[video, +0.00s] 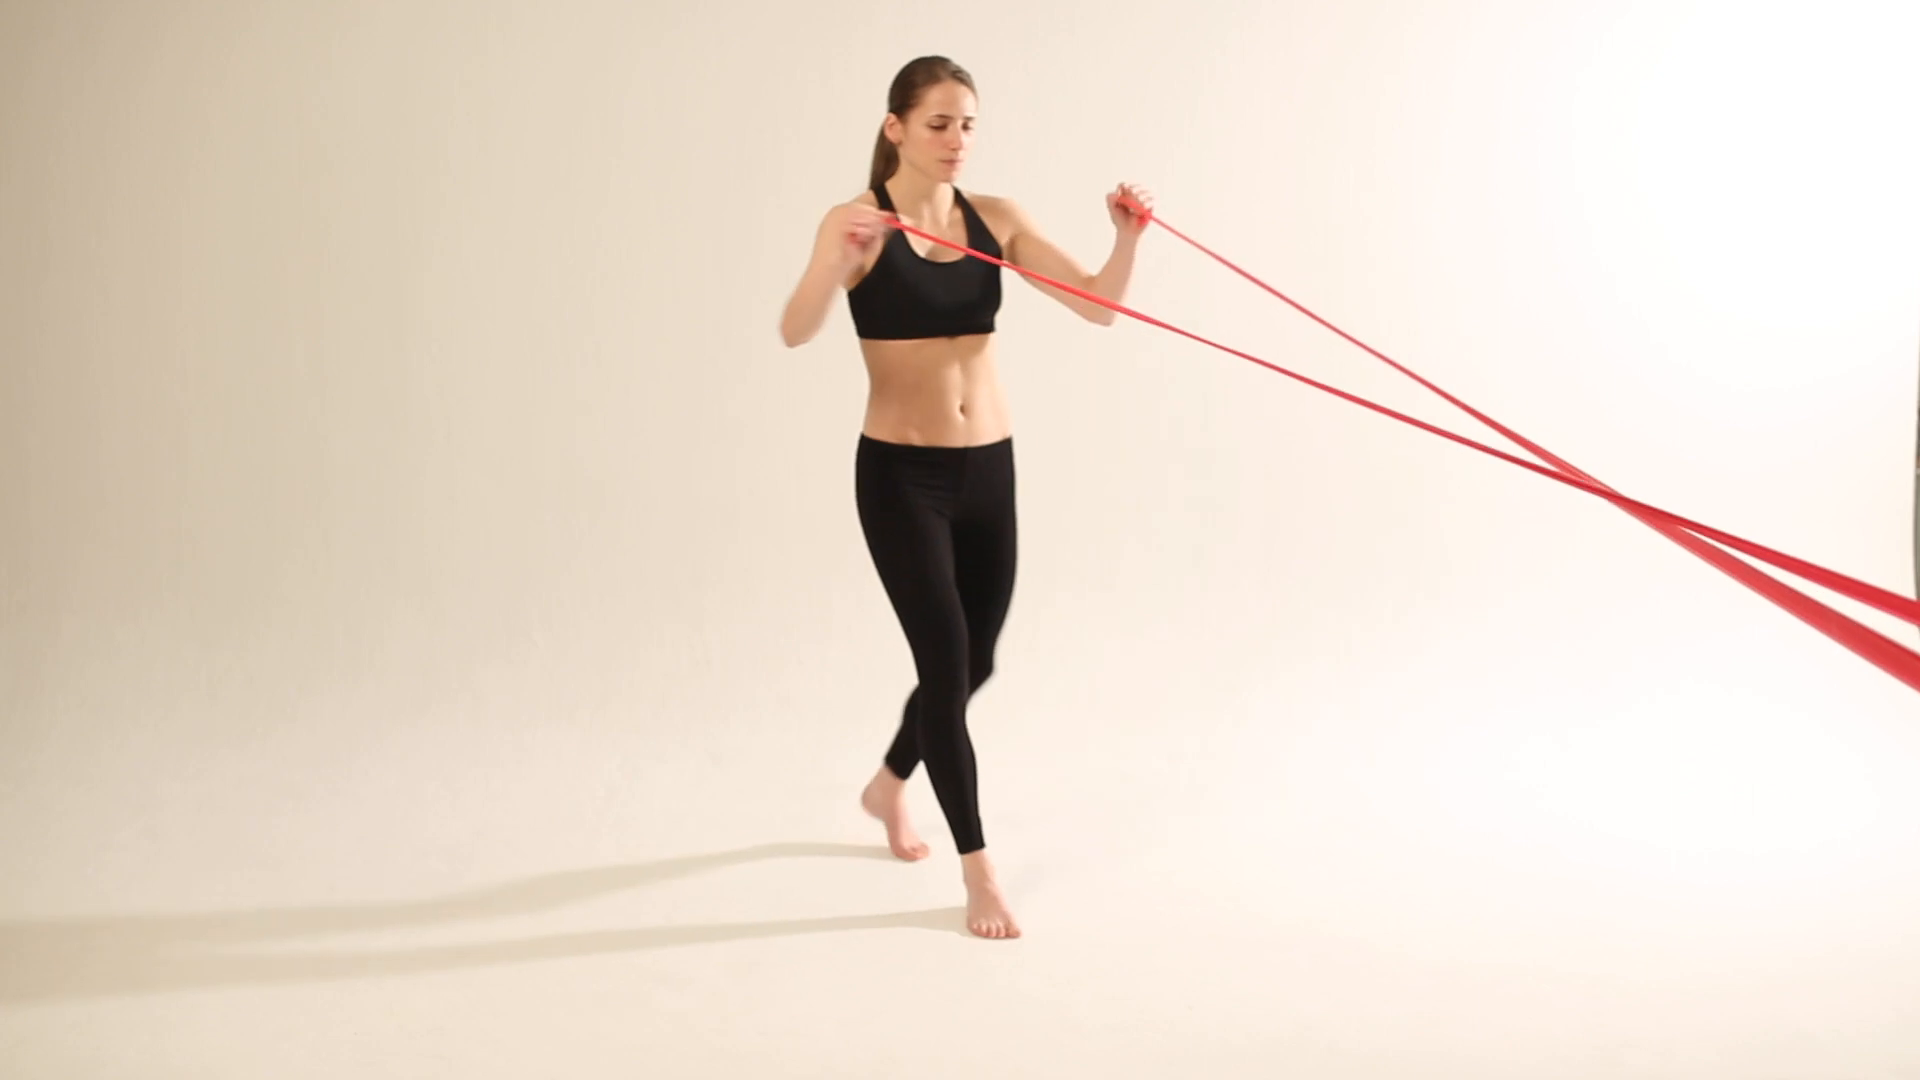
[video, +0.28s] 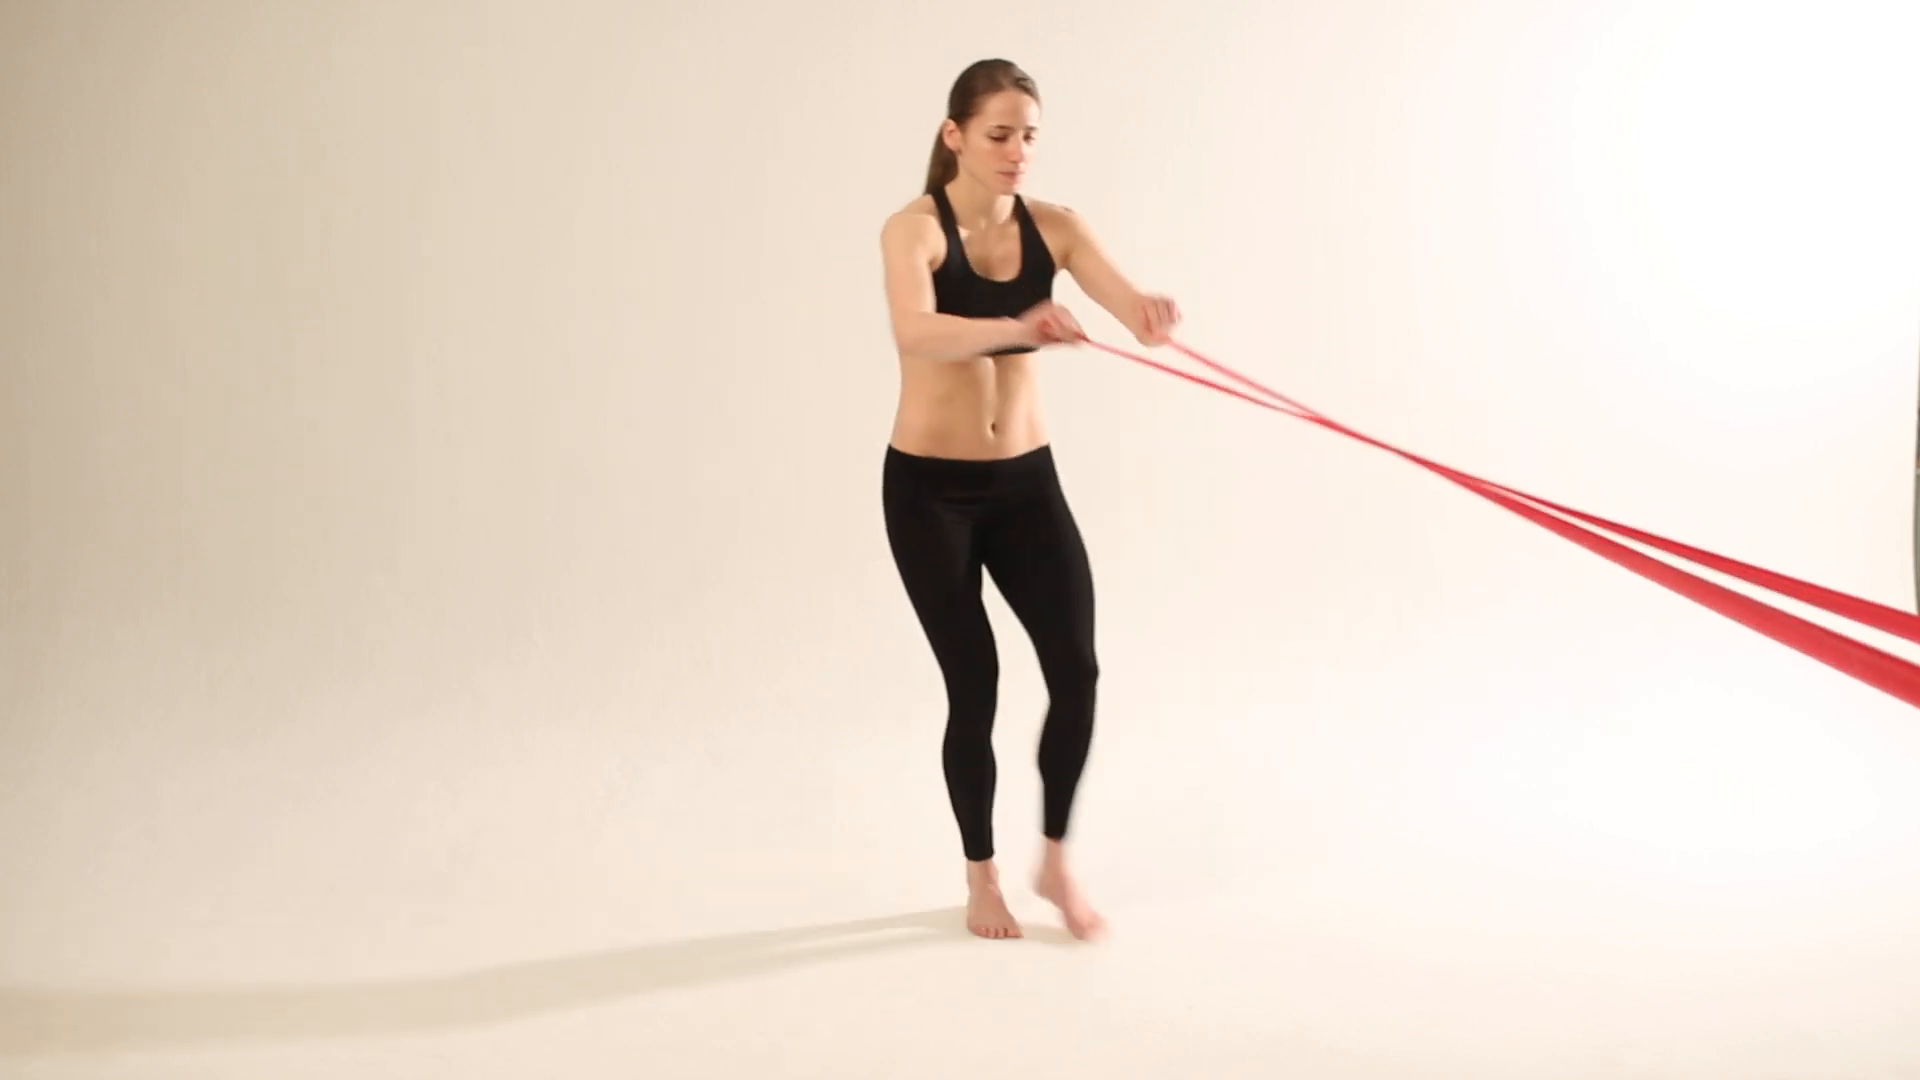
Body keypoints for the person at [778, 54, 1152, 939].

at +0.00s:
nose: (956, 138)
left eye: (966, 124)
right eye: (939, 123)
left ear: (974, 131)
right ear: (895, 127)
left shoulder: (992, 216)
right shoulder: (854, 221)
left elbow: (1097, 304)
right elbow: (795, 331)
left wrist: (1127, 235)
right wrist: (843, 266)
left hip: (989, 470)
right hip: (900, 473)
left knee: (975, 661)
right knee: (945, 668)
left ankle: (887, 781)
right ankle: (977, 869)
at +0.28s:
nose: (1017, 151)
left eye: (1028, 135)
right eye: (1001, 134)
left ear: (1037, 139)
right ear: (954, 134)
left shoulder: (1052, 227)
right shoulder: (915, 228)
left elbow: (1124, 301)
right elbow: (915, 334)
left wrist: (1150, 314)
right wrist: (1021, 329)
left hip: (1027, 485)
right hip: (928, 490)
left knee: (1075, 675)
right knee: (975, 683)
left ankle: (1055, 857)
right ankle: (982, 875)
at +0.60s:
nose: (1124, 231)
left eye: (1134, 214)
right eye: (1107, 213)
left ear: (1142, 219)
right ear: (1055, 211)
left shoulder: (1149, 300)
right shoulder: (1010, 307)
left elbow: (1210, 414)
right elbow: (1078, 445)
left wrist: (1226, 510)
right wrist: (1174, 526)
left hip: (1093, 546)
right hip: (992, 551)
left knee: (1150, 730)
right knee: (1043, 752)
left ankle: (1156, 939)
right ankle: (981, 863)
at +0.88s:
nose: (1229, 363)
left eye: (1239, 342)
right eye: (1212, 342)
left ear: (1249, 334)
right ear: (1157, 329)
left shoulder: (1247, 409)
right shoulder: (1102, 409)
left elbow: (1273, 549)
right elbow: (1163, 576)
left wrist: (1282, 684)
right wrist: (1243, 703)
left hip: (1136, 592)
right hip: (1039, 598)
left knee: (1198, 750)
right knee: (1085, 805)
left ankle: (1158, 942)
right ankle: (989, 850)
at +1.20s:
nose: (1271, 446)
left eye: (1284, 427)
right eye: (1254, 426)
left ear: (1295, 413)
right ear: (1199, 407)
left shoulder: (1284, 479)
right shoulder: (1135, 468)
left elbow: (1304, 622)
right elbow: (1192, 649)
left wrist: (1311, 762)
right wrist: (1265, 784)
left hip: (1153, 614)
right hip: (1054, 620)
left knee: (1211, 768)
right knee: (1095, 830)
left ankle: (1158, 943)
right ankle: (995, 851)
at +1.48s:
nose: (1250, 406)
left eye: (1260, 387)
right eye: (1232, 386)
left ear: (1271, 377)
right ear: (1177, 368)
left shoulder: (1261, 446)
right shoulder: (1115, 438)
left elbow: (1289, 583)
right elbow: (1176, 606)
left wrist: (1302, 716)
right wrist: (1257, 735)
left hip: (1137, 604)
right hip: (1043, 608)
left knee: (1202, 755)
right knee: (1090, 815)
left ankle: (1158, 943)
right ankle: (991, 848)